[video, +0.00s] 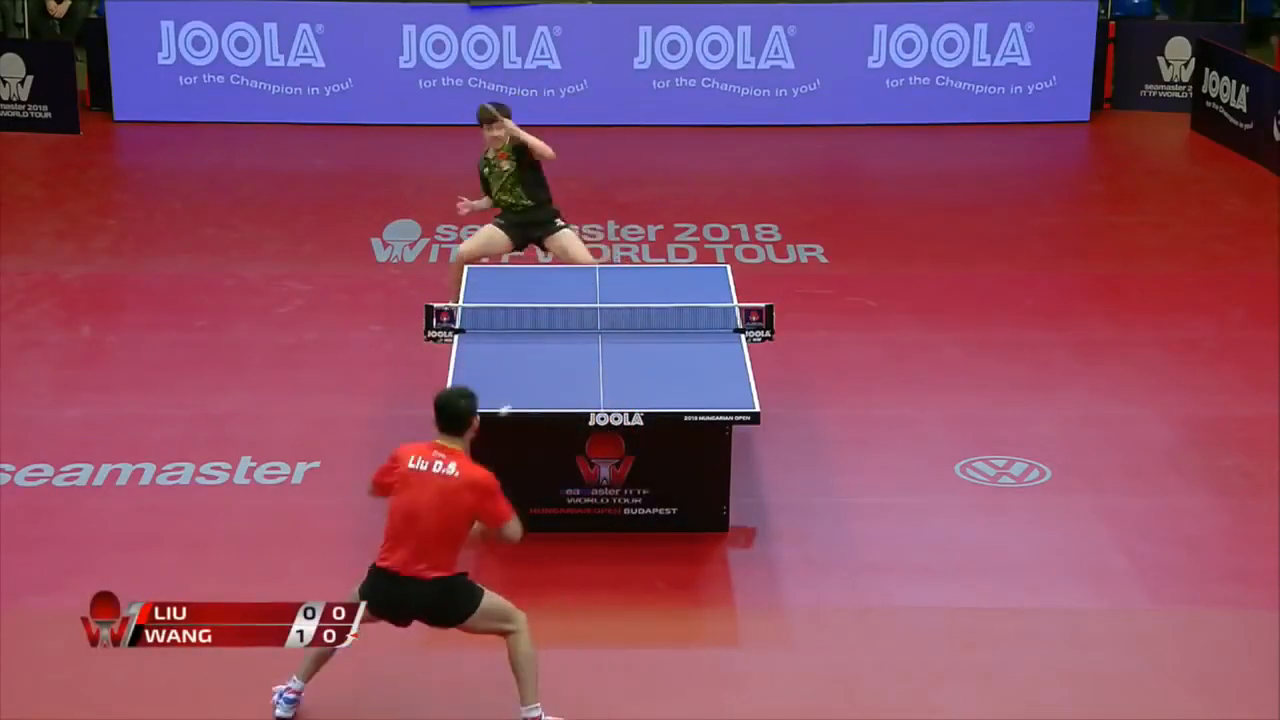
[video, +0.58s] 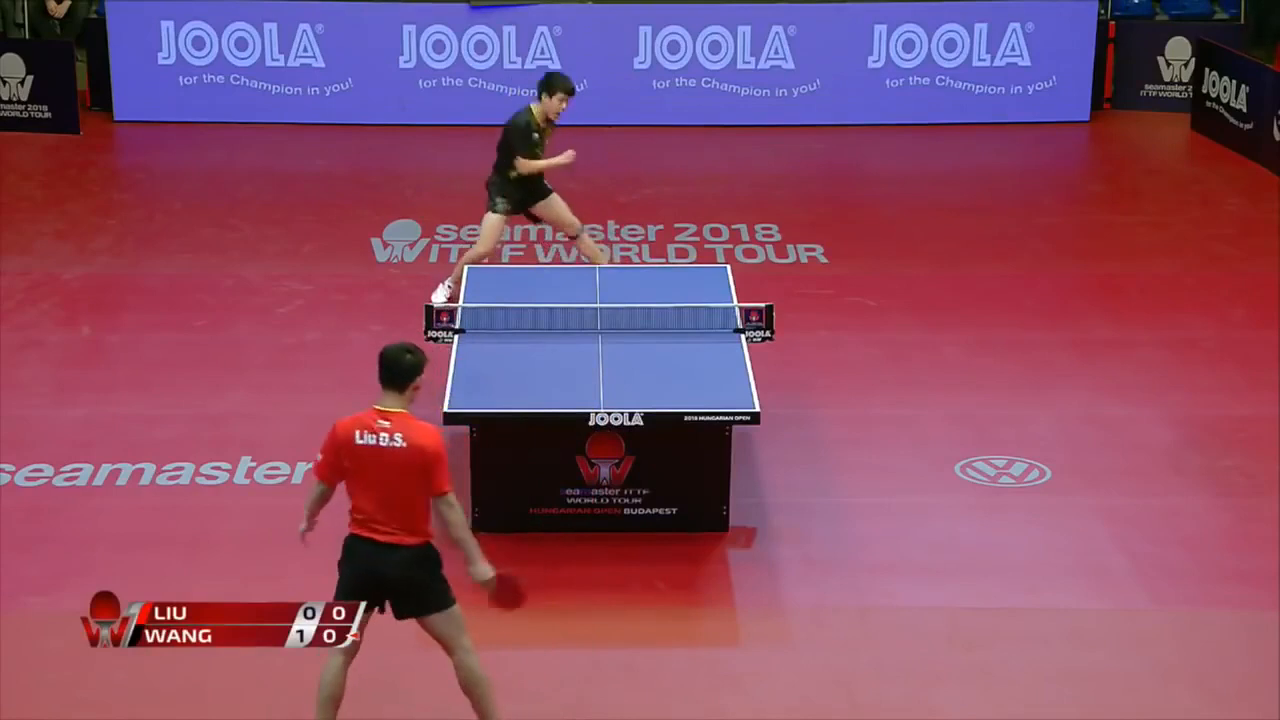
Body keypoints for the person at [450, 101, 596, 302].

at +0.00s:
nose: (496, 134)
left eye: (500, 128)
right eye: (490, 129)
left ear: (508, 127)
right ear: (483, 130)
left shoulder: (521, 147)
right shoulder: (485, 162)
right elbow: (493, 199)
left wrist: (516, 131)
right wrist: (473, 205)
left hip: (544, 220)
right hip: (510, 224)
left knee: (587, 264)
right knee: (463, 254)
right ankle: (455, 307)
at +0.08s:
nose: (502, 118)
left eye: (507, 112)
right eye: (496, 113)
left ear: (515, 113)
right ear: (489, 114)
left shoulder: (528, 135)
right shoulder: (486, 147)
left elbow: (570, 162)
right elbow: (495, 177)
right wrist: (482, 193)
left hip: (547, 208)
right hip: (511, 212)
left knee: (588, 248)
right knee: (470, 249)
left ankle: (594, 303)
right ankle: (455, 304)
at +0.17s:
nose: (527, 103)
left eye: (532, 98)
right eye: (522, 97)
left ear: (540, 98)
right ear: (513, 98)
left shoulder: (554, 124)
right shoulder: (497, 126)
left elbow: (568, 152)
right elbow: (486, 153)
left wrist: (580, 169)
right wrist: (505, 177)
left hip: (550, 190)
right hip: (514, 192)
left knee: (593, 234)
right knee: (474, 237)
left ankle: (620, 287)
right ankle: (457, 296)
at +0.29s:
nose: (547, 108)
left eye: (552, 102)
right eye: (542, 102)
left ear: (559, 104)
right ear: (532, 102)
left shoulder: (565, 130)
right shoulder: (517, 130)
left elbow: (570, 162)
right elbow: (500, 165)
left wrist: (590, 186)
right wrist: (533, 184)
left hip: (554, 193)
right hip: (517, 194)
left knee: (597, 238)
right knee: (479, 243)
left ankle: (623, 284)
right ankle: (453, 291)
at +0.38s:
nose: (563, 120)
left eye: (568, 114)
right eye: (557, 114)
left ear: (575, 117)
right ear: (548, 116)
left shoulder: (572, 142)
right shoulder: (537, 144)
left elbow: (566, 179)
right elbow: (540, 186)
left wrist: (591, 209)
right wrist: (584, 186)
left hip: (551, 203)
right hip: (520, 204)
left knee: (596, 240)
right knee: (487, 257)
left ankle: (623, 284)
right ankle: (449, 286)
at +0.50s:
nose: (564, 116)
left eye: (569, 111)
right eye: (559, 109)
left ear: (573, 113)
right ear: (547, 107)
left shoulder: (564, 139)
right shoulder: (531, 134)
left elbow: (555, 175)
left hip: (541, 195)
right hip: (511, 198)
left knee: (592, 234)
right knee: (490, 255)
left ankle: (616, 289)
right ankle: (450, 287)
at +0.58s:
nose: (563, 107)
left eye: (566, 102)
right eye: (560, 100)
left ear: (566, 101)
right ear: (544, 97)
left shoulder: (548, 121)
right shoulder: (520, 123)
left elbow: (532, 150)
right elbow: (522, 166)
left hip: (532, 185)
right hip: (505, 188)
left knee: (575, 228)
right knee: (484, 249)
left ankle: (610, 273)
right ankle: (450, 284)